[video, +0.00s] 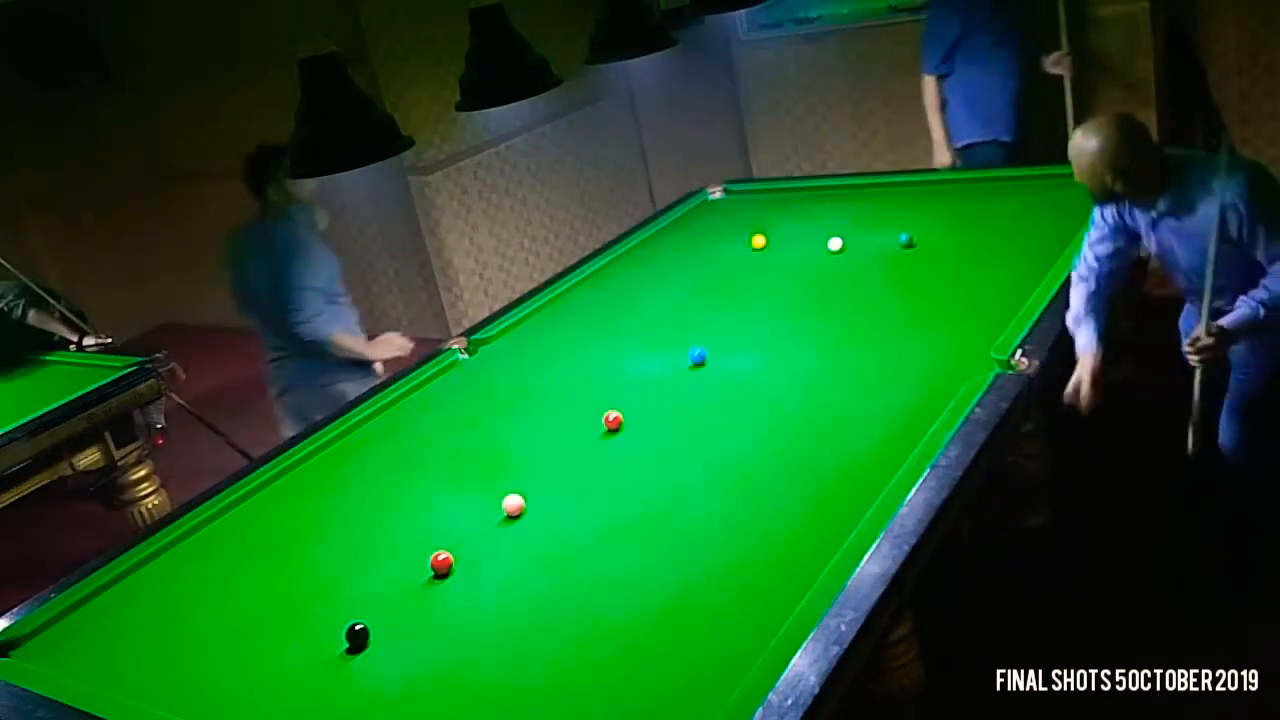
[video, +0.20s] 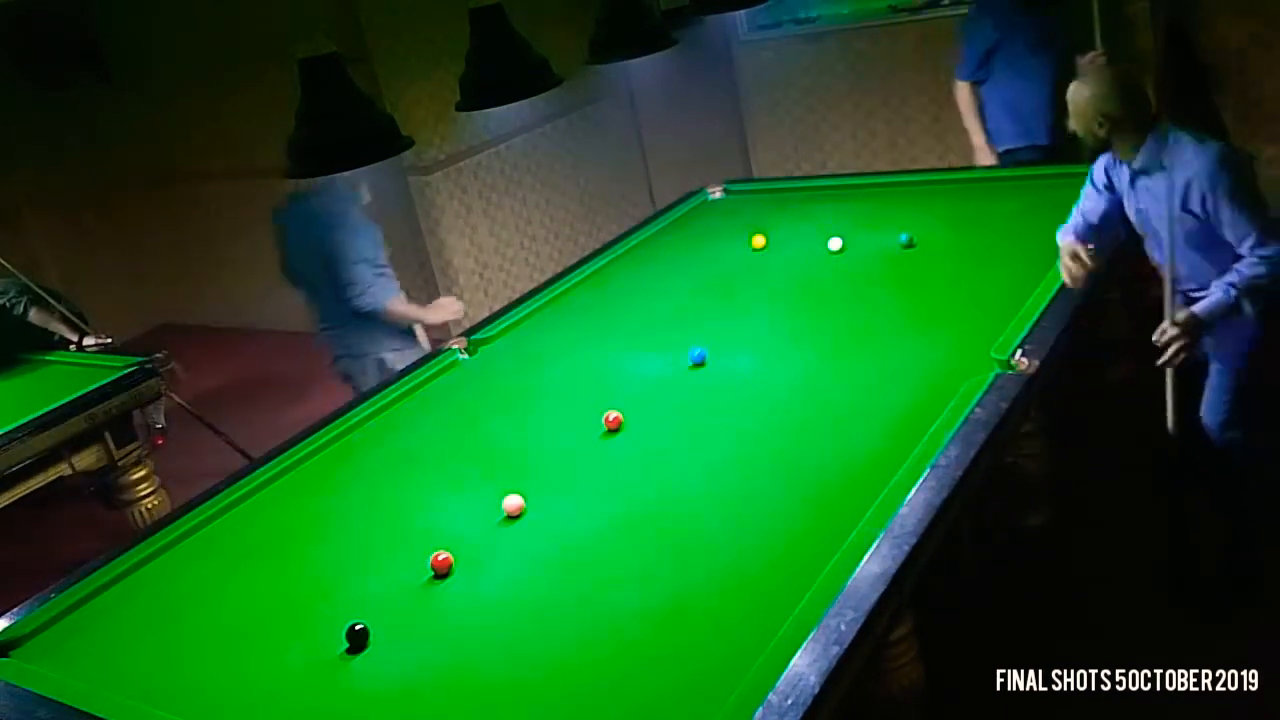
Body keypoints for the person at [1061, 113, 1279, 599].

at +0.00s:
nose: (1108, 198)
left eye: (1107, 189)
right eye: (1102, 192)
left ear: (1125, 174)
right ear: (1115, 176)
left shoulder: (1234, 189)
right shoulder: (1123, 202)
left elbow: (1279, 272)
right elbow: (1089, 274)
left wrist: (1228, 327)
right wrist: (1087, 350)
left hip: (1256, 322)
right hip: (1198, 317)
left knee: (1233, 441)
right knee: (1190, 430)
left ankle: (1243, 561)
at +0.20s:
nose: (1071, 126)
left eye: (1075, 116)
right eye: (1071, 115)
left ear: (1103, 123)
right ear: (1109, 120)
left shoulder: (1205, 166)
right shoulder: (1111, 169)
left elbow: (1265, 255)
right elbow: (1082, 224)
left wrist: (1202, 315)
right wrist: (1069, 243)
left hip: (1237, 317)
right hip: (1181, 315)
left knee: (1217, 425)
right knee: (1181, 425)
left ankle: (1244, 549)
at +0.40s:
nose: (1063, 100)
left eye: (1065, 90)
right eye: (1063, 91)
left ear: (1086, 91)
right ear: (1101, 87)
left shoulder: (1158, 143)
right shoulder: (1113, 139)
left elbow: (1215, 234)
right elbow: (1099, 183)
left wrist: (1162, 300)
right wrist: (1036, 193)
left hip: (1207, 302)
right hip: (1173, 296)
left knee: (1207, 428)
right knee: (1184, 422)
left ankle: (1220, 548)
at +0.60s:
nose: (1026, 79)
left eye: (1032, 69)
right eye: (1026, 69)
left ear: (1061, 67)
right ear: (1063, 67)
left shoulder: (1109, 116)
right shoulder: (1091, 112)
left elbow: (1161, 200)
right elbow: (1073, 168)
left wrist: (1128, 269)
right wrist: (999, 180)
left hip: (1187, 271)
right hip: (1167, 267)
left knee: (1198, 395)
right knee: (1186, 392)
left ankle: (1212, 519)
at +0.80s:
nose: (997, 84)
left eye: (1002, 72)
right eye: (997, 73)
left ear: (1031, 68)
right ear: (1031, 68)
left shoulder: (1079, 109)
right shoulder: (1060, 111)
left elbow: (1121, 191)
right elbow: (1030, 166)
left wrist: (1110, 262)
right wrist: (962, 194)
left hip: (1174, 241)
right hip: (1152, 240)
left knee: (1191, 365)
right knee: (1173, 363)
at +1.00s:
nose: (963, 98)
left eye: (967, 88)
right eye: (962, 89)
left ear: (992, 86)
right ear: (993, 86)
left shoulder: (1051, 112)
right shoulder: (1019, 130)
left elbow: (1097, 186)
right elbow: (974, 181)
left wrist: (1095, 258)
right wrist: (911, 214)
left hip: (1158, 220)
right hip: (1128, 227)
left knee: (1193, 341)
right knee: (1168, 342)